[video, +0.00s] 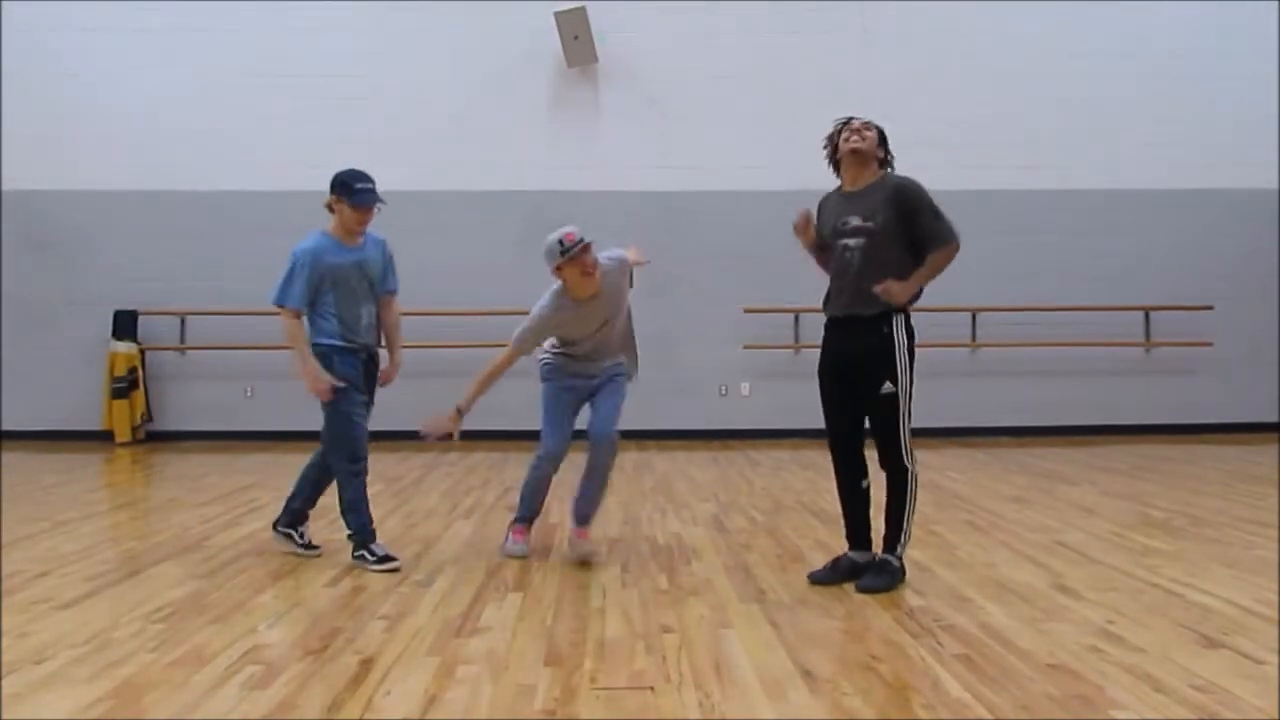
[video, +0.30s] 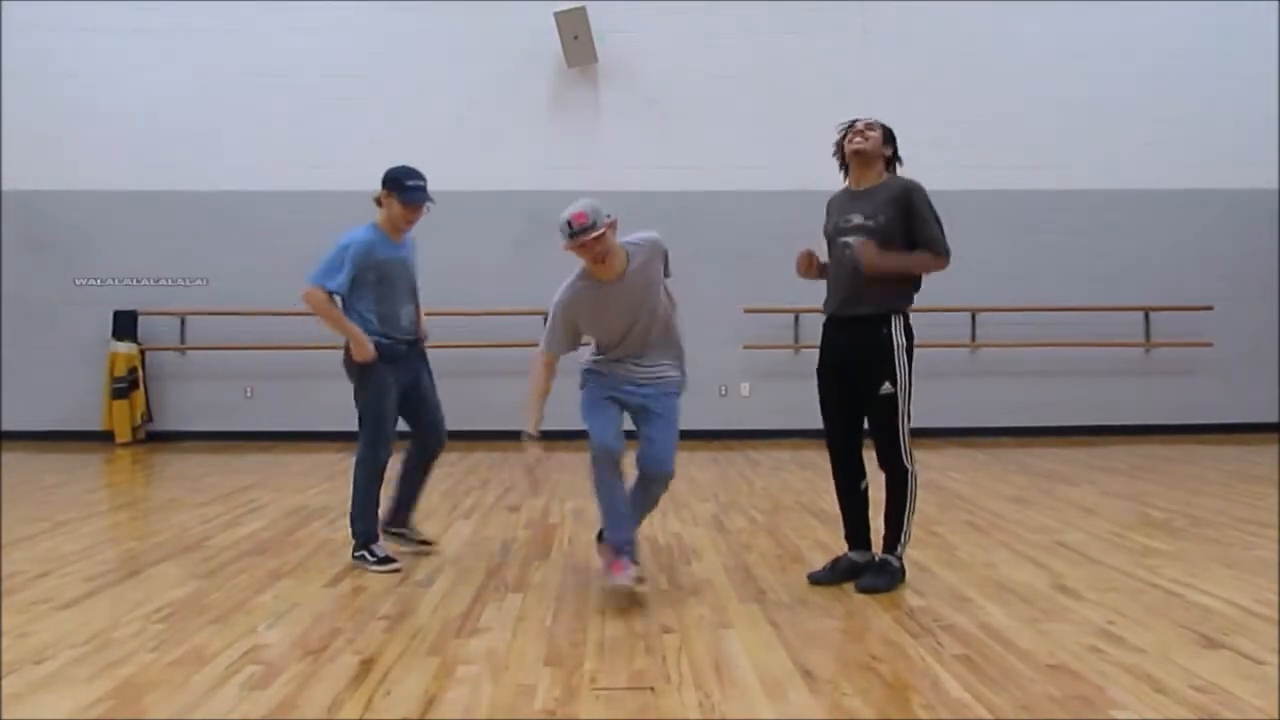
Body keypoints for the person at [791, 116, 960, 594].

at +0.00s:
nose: (857, 132)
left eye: (867, 130)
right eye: (848, 129)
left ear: (882, 153)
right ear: (834, 152)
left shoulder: (900, 191)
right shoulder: (830, 203)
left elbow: (947, 244)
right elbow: (836, 267)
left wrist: (912, 283)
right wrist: (812, 243)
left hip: (886, 329)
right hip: (839, 331)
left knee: (892, 447)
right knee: (844, 446)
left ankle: (893, 557)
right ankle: (858, 551)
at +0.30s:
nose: (861, 132)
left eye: (872, 129)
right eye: (852, 130)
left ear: (888, 151)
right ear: (842, 151)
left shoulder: (905, 192)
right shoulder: (836, 202)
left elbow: (937, 256)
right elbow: (845, 273)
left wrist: (882, 260)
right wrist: (818, 268)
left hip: (885, 331)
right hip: (839, 332)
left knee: (891, 448)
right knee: (842, 446)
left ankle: (892, 557)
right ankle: (858, 550)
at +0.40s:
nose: (854, 125)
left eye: (867, 121)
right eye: (850, 123)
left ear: (889, 141)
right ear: (842, 142)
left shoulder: (902, 181)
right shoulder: (838, 191)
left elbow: (937, 246)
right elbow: (850, 250)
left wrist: (883, 210)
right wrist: (825, 255)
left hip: (883, 320)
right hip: (838, 322)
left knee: (891, 442)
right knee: (843, 442)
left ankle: (894, 555)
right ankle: (857, 548)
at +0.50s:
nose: (850, 127)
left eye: (863, 123)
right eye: (849, 124)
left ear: (886, 142)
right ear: (844, 143)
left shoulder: (903, 187)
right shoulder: (838, 194)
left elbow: (932, 255)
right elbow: (848, 259)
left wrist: (878, 225)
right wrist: (824, 267)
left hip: (883, 324)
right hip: (838, 324)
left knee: (890, 443)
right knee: (841, 442)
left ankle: (895, 556)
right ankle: (857, 549)